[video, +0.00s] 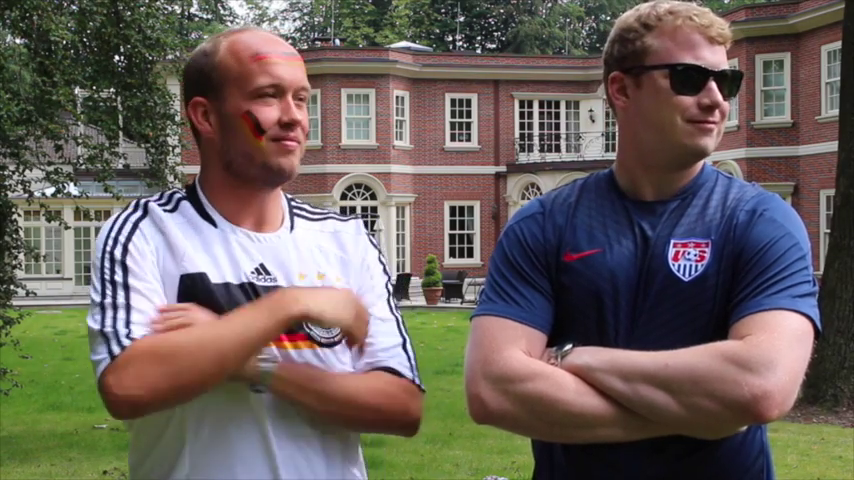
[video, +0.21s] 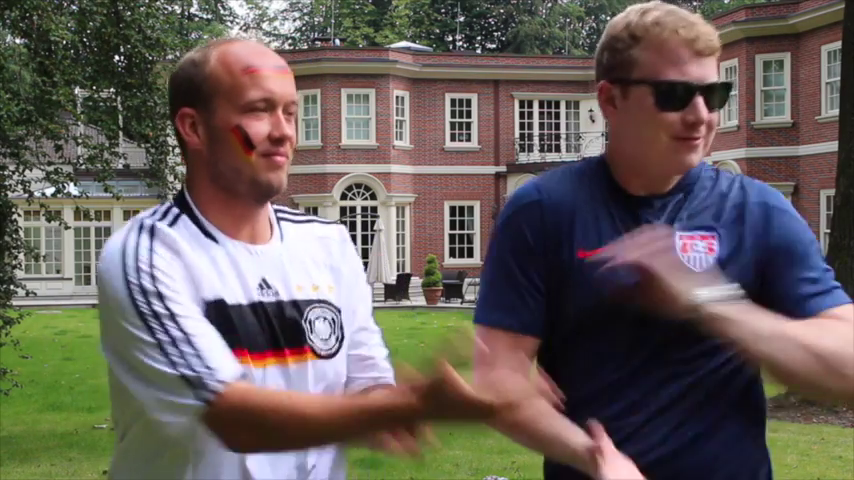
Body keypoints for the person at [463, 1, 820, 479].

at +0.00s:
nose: (715, 98)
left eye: (725, 81)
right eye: (689, 78)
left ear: (733, 92)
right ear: (620, 91)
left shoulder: (762, 221)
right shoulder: (540, 226)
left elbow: (762, 387)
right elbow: (491, 390)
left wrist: (569, 360)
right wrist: (682, 410)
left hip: (723, 473)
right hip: (574, 473)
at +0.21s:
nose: (700, 115)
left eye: (713, 95)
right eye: (674, 95)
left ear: (723, 97)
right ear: (611, 100)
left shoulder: (760, 214)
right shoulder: (542, 213)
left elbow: (847, 368)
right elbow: (498, 380)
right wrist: (590, 454)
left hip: (730, 469)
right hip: (593, 473)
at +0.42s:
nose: (655, 156)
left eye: (677, 133)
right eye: (632, 133)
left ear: (708, 122)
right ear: (601, 123)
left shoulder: (762, 236)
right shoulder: (544, 224)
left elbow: (811, 383)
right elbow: (495, 381)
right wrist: (582, 438)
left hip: (718, 466)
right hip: (591, 471)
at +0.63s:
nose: (692, 182)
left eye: (716, 162)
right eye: (670, 158)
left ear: (748, 138)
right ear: (646, 136)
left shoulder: (777, 256)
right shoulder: (590, 212)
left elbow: (693, 414)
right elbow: (535, 344)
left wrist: (516, 401)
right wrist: (434, 412)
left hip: (740, 472)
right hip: (619, 469)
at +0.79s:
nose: (720, 182)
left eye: (744, 160)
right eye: (700, 156)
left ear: (781, 140)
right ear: (683, 130)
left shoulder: (798, 255)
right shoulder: (645, 203)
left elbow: (650, 374)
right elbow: (586, 320)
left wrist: (486, 330)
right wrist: (479, 370)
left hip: (778, 467)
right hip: (666, 466)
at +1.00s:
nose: (700, 225)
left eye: (720, 211)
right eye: (686, 205)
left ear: (776, 192)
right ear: (677, 189)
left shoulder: (833, 283)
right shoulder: (683, 252)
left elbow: (829, 459)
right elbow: (687, 353)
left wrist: (675, 449)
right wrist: (651, 444)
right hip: (742, 467)